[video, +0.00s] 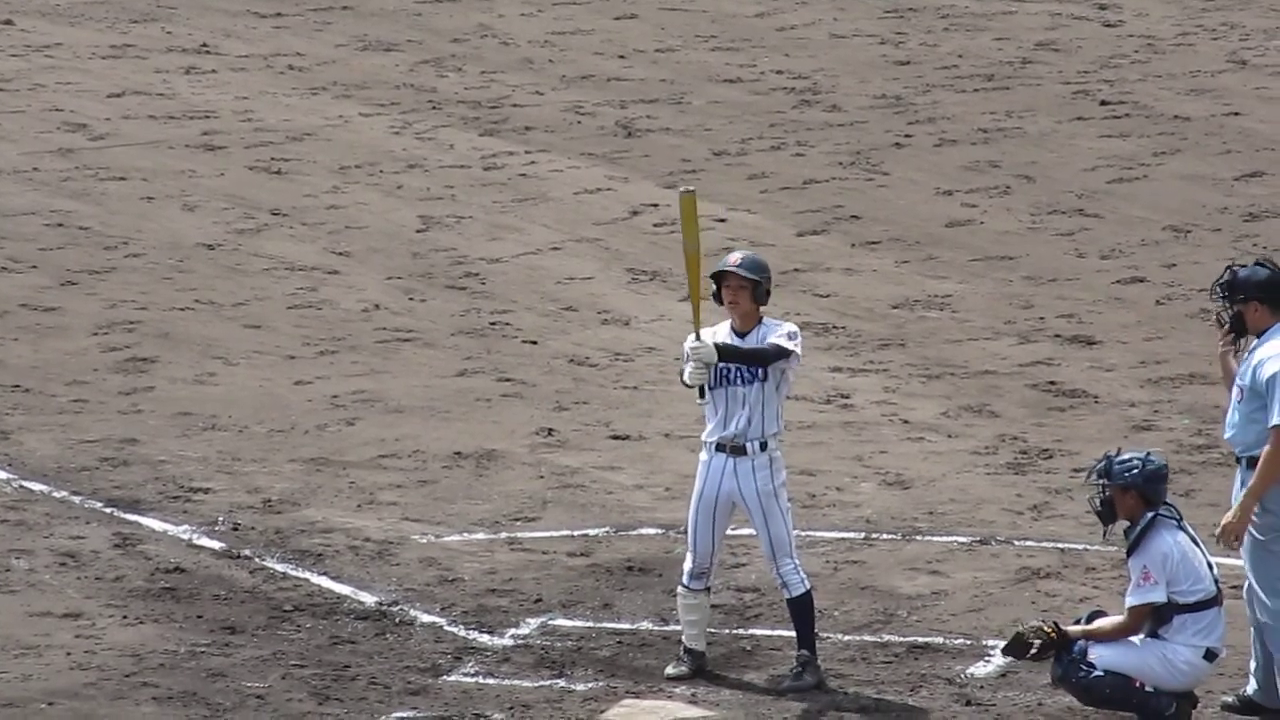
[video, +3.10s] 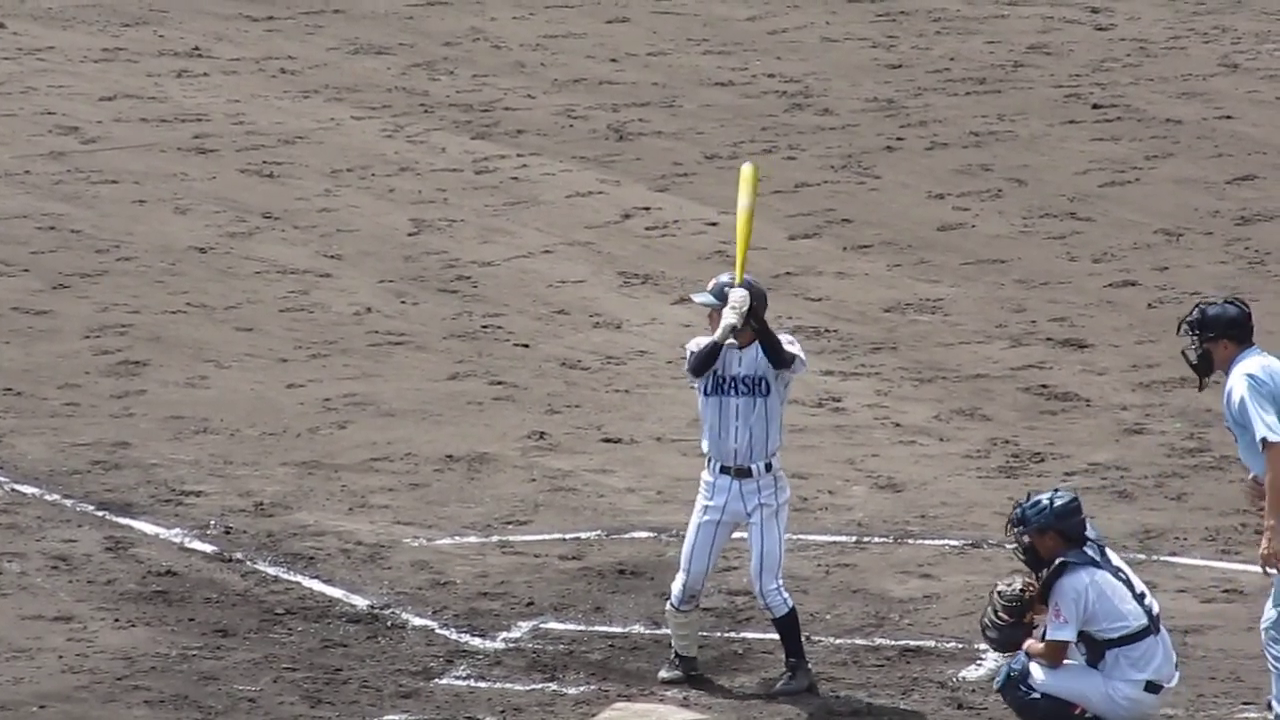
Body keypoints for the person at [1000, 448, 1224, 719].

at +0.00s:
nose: (1105, 497)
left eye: (1111, 491)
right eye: (1106, 490)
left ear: (1132, 496)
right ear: (1135, 495)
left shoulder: (1153, 543)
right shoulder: (1164, 522)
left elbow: (1133, 624)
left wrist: (1071, 633)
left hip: (1184, 659)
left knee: (1072, 664)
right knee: (1091, 622)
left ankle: (1163, 706)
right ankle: (1173, 692)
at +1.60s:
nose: (1093, 479)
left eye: (1101, 473)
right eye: (1096, 472)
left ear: (1122, 479)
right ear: (1126, 480)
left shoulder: (1131, 520)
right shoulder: (1144, 513)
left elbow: (1120, 601)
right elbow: (1138, 593)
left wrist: (1082, 592)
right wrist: (1095, 584)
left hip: (1181, 638)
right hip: (1188, 633)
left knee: (1074, 644)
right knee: (1085, 631)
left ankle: (1154, 705)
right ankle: (1163, 692)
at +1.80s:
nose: (1091, 471)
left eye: (1097, 465)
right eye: (1093, 464)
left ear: (1119, 471)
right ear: (1123, 472)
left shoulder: (1131, 510)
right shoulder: (1141, 506)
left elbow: (1122, 591)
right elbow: (1132, 586)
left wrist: (1085, 586)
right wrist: (1093, 579)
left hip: (1185, 627)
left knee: (1082, 619)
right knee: (1068, 646)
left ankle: (1126, 708)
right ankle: (1156, 691)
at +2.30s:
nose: (1075, 500)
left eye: (1081, 493)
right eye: (1077, 492)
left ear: (1103, 497)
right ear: (1105, 498)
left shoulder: (1122, 539)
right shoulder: (1129, 529)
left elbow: (1106, 619)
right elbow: (1117, 609)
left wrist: (1065, 612)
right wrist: (1071, 595)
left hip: (1177, 652)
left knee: (1066, 647)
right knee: (1083, 639)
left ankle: (1099, 714)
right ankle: (1159, 703)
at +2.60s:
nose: (1061, 523)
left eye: (1067, 516)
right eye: (1062, 515)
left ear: (1088, 520)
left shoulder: (1102, 562)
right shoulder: (1125, 542)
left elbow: (1083, 639)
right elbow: (1113, 620)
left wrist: (1049, 634)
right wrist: (1070, 609)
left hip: (1155, 685)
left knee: (1040, 661)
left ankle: (1093, 714)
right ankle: (1145, 711)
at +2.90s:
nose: (1040, 538)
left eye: (1044, 530)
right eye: (1040, 530)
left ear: (1064, 531)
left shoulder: (1081, 574)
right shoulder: (1108, 548)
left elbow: (1061, 648)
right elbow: (1098, 626)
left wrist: (1031, 639)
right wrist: (1051, 609)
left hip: (1138, 694)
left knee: (1022, 671)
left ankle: (1090, 714)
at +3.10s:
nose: (1027, 544)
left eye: (1032, 537)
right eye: (1027, 537)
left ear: (1052, 538)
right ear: (1074, 530)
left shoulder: (1068, 583)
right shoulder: (1097, 550)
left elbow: (1052, 657)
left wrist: (1026, 643)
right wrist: (1034, 605)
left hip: (1133, 697)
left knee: (1016, 677)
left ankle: (1079, 712)